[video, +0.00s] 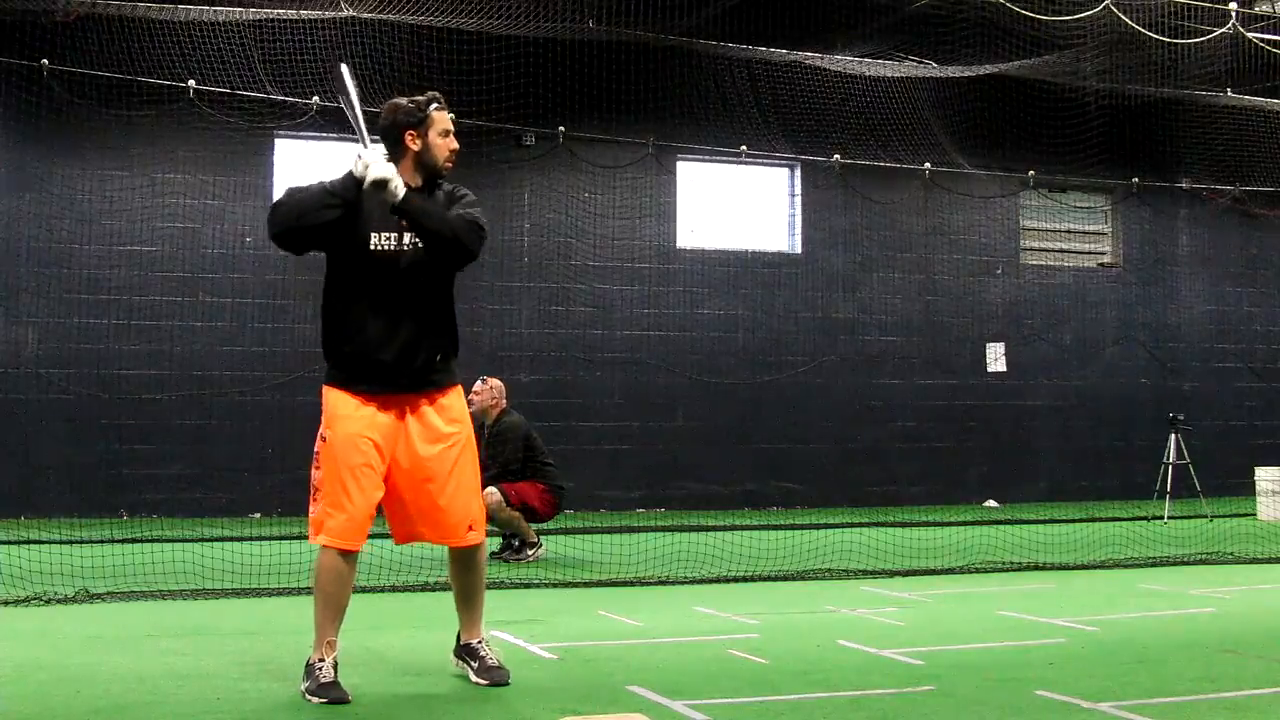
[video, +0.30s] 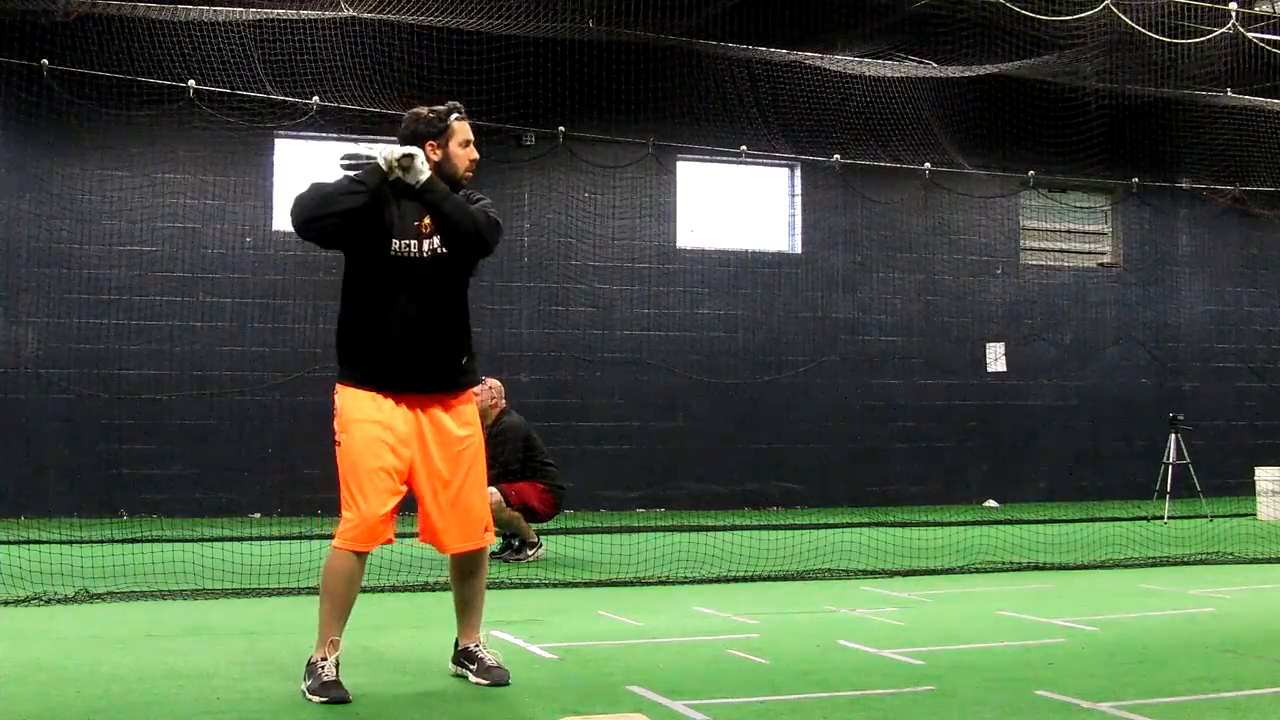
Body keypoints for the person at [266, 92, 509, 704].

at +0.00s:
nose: (456, 143)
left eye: (455, 134)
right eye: (448, 134)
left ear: (421, 139)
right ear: (412, 139)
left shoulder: (453, 199)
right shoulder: (350, 200)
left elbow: (465, 243)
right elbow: (282, 223)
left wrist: (395, 191)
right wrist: (358, 184)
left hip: (436, 393)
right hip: (356, 393)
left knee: (467, 527)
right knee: (342, 532)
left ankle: (472, 641)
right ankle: (323, 658)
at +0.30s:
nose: (475, 153)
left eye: (473, 144)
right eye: (465, 144)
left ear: (445, 149)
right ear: (432, 149)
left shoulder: (470, 211)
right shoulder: (370, 202)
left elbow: (480, 235)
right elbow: (305, 216)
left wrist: (425, 180)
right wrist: (375, 174)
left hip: (450, 395)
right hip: (372, 392)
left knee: (470, 528)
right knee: (363, 523)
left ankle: (469, 646)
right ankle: (325, 657)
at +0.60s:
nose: (465, 159)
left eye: (464, 149)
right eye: (456, 149)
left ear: (435, 153)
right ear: (421, 153)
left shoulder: (457, 216)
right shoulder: (357, 204)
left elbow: (472, 248)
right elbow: (292, 208)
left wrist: (414, 191)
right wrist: (366, 174)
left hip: (428, 399)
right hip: (349, 397)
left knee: (466, 527)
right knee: (346, 525)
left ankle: (469, 640)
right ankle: (322, 658)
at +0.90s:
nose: (471, 164)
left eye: (469, 155)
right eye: (462, 156)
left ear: (441, 162)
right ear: (428, 161)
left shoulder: (466, 222)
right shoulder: (365, 214)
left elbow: (474, 255)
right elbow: (296, 222)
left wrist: (422, 195)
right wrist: (373, 183)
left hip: (440, 403)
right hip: (361, 400)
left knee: (467, 528)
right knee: (359, 518)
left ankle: (465, 647)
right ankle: (324, 658)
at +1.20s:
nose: (474, 170)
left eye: (473, 160)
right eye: (465, 161)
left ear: (443, 167)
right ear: (431, 166)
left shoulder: (468, 227)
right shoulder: (370, 217)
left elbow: (477, 263)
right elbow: (299, 225)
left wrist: (424, 204)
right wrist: (373, 190)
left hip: (444, 409)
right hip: (365, 405)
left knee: (469, 536)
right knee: (361, 522)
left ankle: (464, 648)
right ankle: (324, 658)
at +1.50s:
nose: (465, 177)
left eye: (465, 167)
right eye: (457, 168)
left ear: (435, 172)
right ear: (423, 171)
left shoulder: (455, 231)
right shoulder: (358, 219)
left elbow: (466, 273)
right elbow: (288, 229)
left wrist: (417, 209)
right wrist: (368, 194)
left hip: (423, 405)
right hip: (344, 404)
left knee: (469, 520)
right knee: (349, 524)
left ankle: (460, 633)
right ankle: (323, 658)